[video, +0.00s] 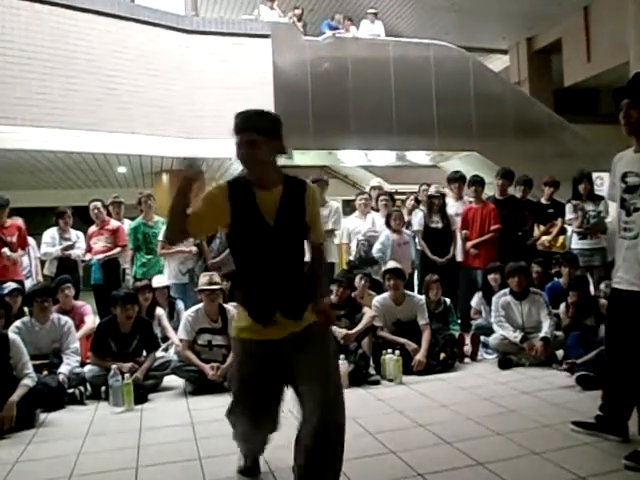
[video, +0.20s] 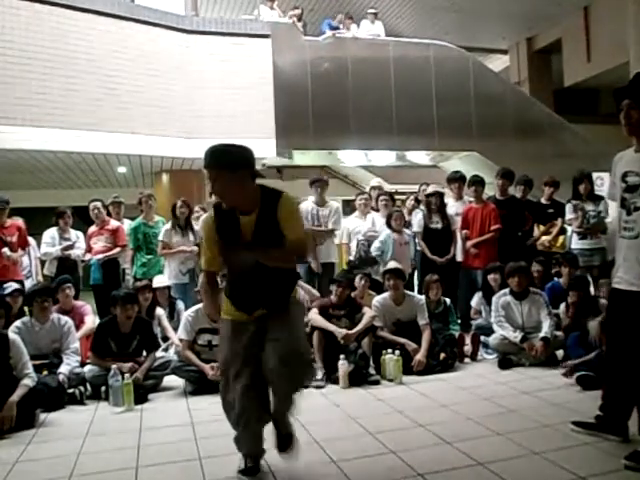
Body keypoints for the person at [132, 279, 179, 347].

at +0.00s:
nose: (146, 296)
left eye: (149, 292)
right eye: (143, 293)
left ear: (152, 294)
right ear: (137, 295)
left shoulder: (158, 312)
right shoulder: (134, 313)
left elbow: (168, 329)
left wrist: (177, 343)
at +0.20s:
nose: (146, 296)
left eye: (149, 292)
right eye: (142, 293)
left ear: (152, 294)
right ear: (137, 295)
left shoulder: (158, 312)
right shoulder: (134, 312)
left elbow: (168, 329)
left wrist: (177, 343)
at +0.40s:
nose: (146, 296)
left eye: (149, 292)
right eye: (142, 293)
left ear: (152, 294)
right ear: (137, 295)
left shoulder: (158, 312)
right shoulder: (134, 312)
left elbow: (168, 329)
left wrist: (177, 343)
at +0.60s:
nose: (146, 295)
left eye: (149, 292)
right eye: (142, 292)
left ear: (152, 294)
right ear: (137, 295)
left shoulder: (158, 311)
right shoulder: (134, 312)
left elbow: (168, 329)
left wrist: (177, 343)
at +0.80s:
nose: (146, 295)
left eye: (149, 292)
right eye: (142, 292)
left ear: (152, 294)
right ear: (137, 295)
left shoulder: (158, 311)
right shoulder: (134, 312)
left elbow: (168, 329)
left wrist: (176, 342)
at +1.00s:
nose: (146, 295)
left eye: (149, 292)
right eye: (142, 292)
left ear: (152, 294)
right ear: (137, 295)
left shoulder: (158, 311)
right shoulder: (133, 312)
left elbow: (168, 329)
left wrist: (176, 342)